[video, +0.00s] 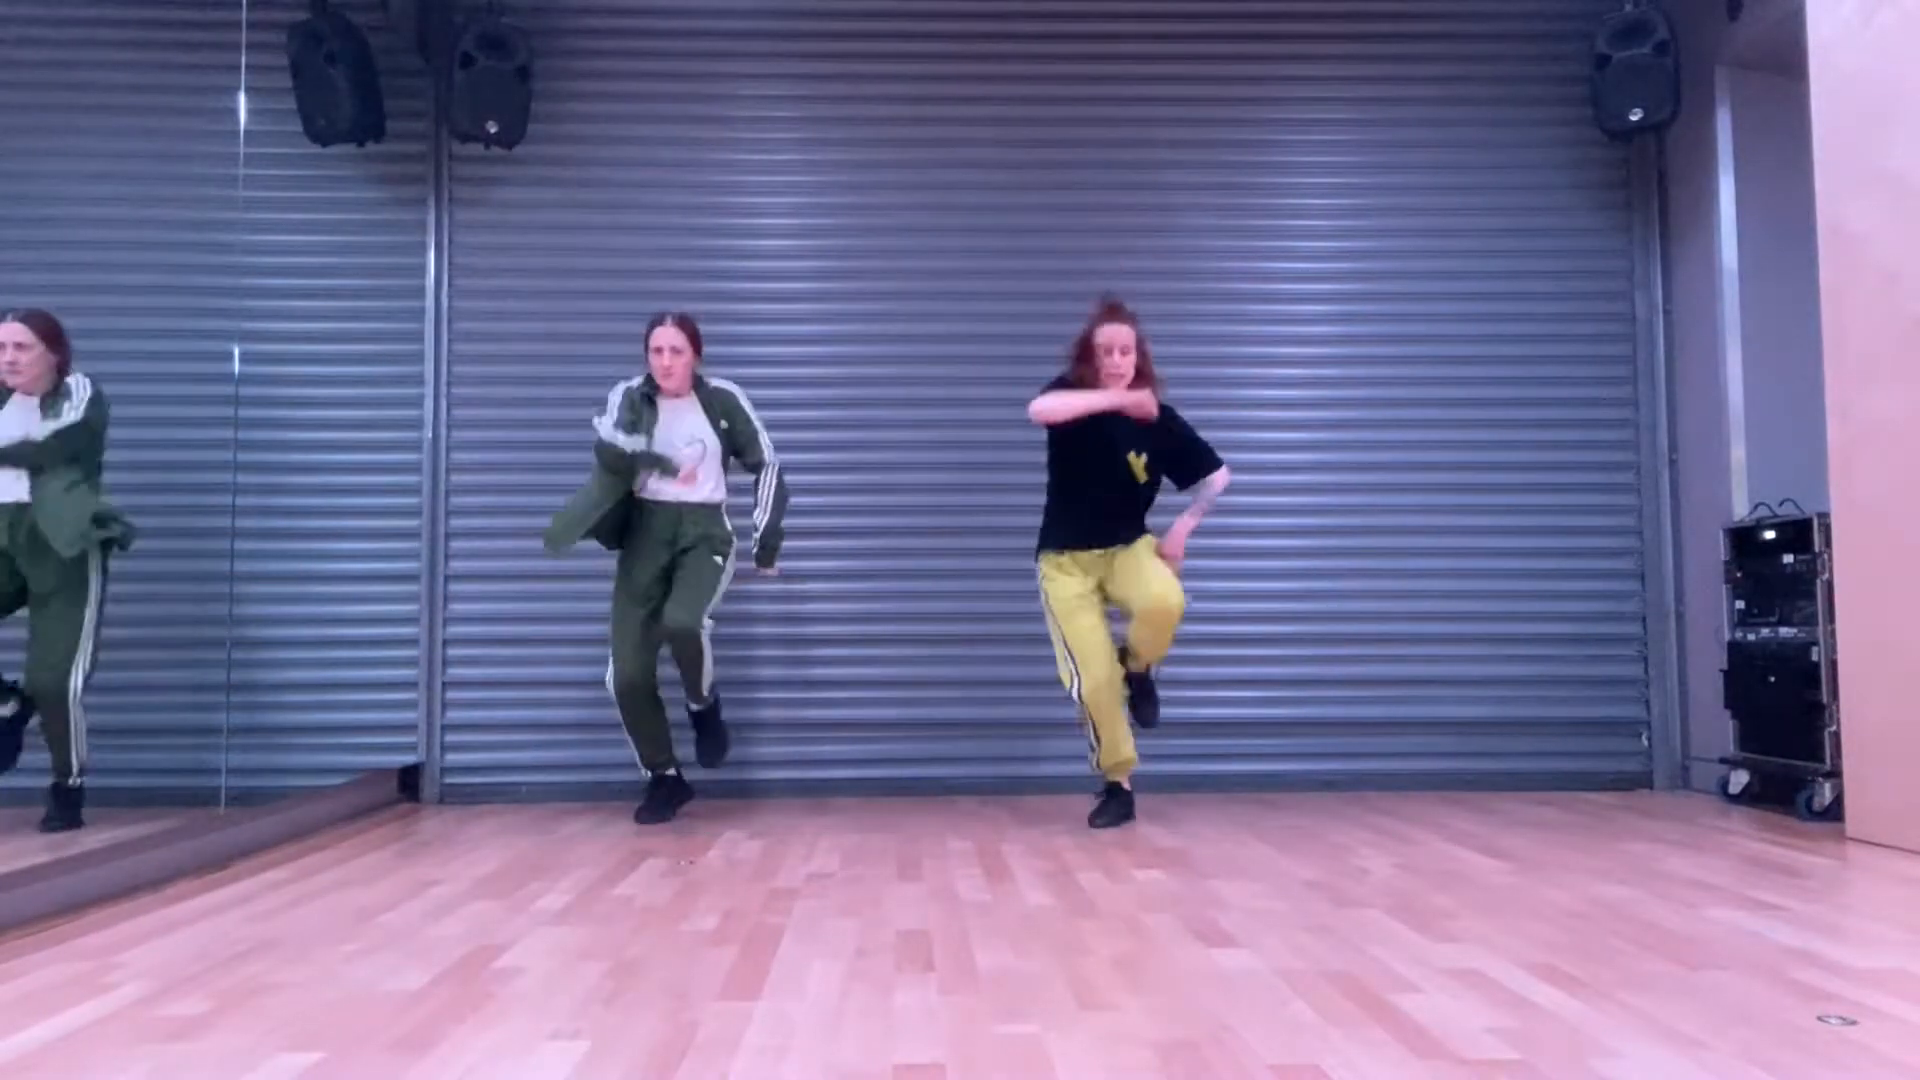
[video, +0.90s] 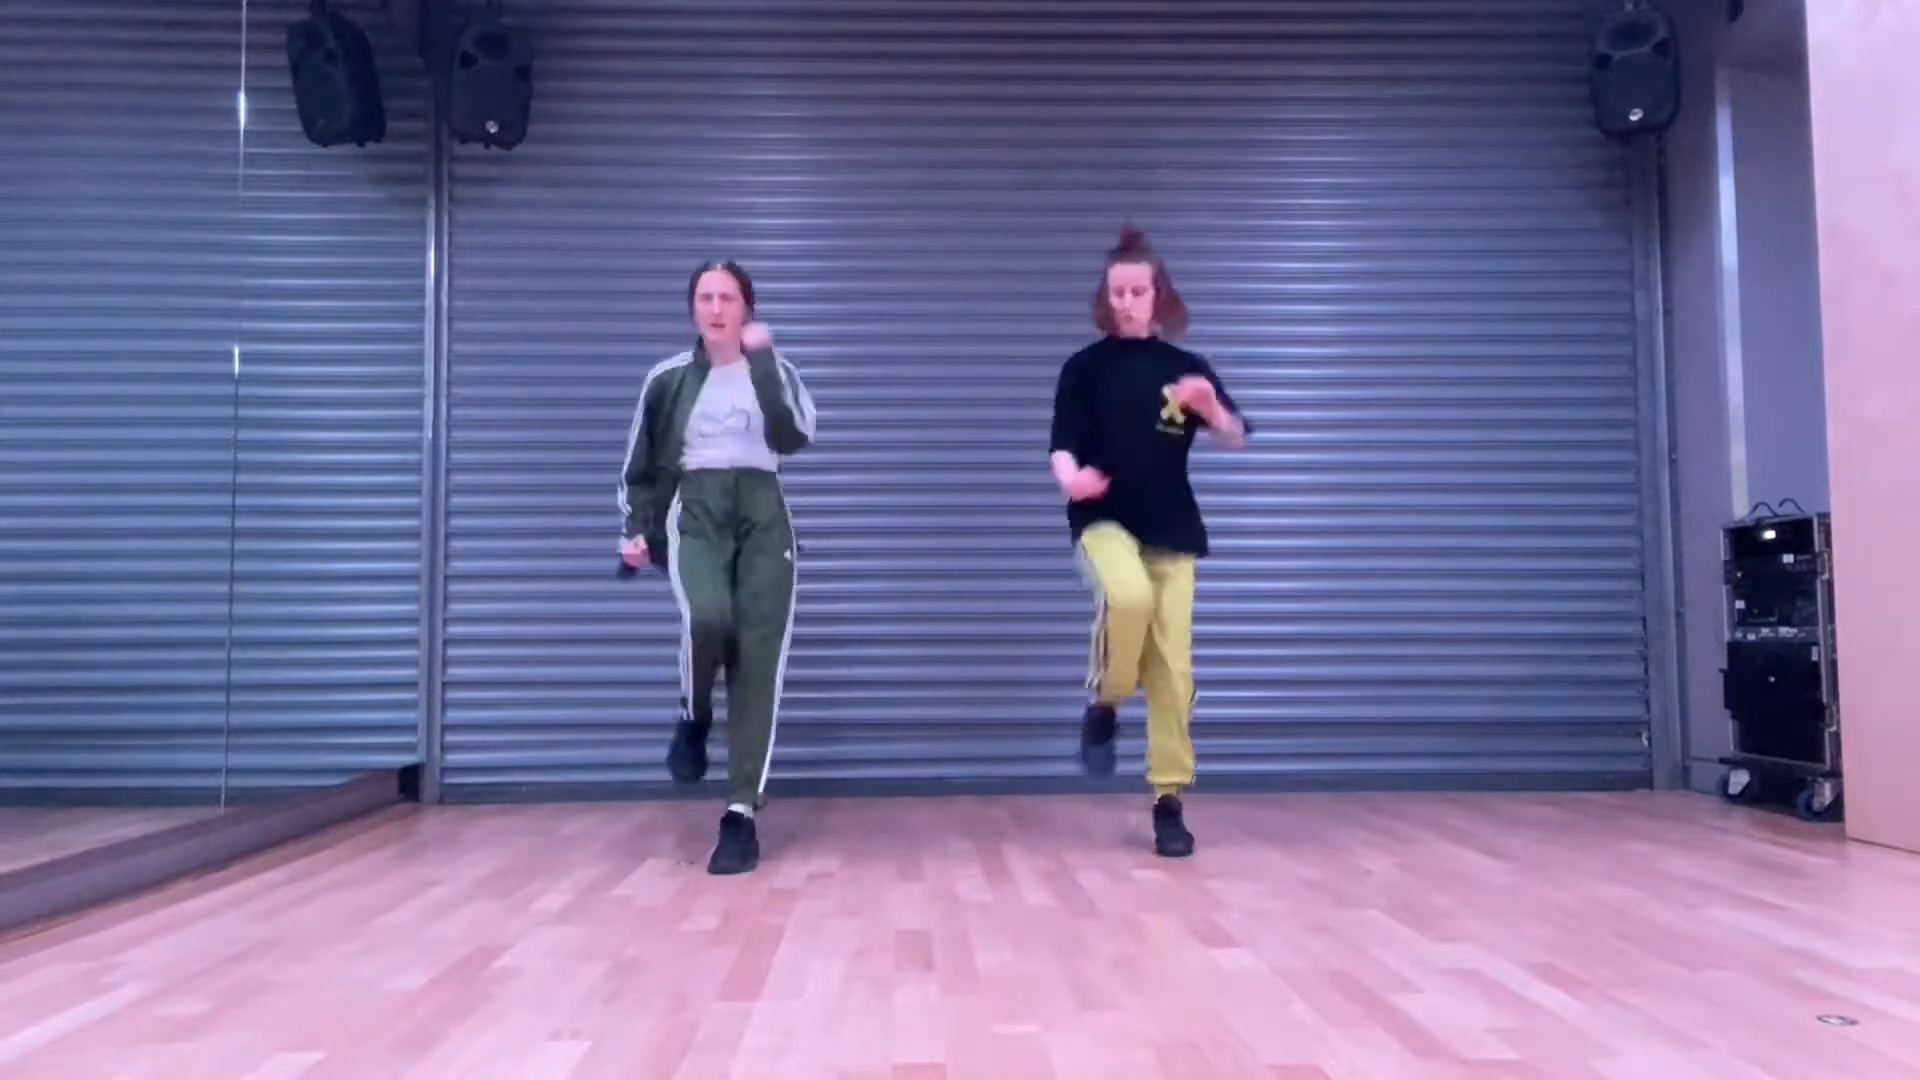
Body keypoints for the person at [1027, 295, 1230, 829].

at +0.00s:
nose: (1115, 360)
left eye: (1125, 351)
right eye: (1105, 350)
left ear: (1139, 357)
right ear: (1089, 356)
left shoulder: (1155, 416)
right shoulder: (1071, 398)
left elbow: (1216, 476)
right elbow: (1040, 411)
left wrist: (1180, 531)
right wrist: (1119, 399)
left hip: (1128, 550)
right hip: (1065, 559)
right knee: (1095, 676)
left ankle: (1137, 669)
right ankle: (1117, 785)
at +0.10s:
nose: (1110, 351)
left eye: (1120, 341)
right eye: (1100, 341)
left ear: (1133, 348)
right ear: (1084, 345)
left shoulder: (1154, 411)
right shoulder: (1058, 402)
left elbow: (1185, 489)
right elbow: (1031, 477)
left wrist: (1159, 528)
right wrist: (1082, 508)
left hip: (1133, 557)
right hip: (1069, 559)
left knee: (1153, 690)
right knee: (1093, 668)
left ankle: (1127, 740)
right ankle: (1115, 783)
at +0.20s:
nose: (1102, 353)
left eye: (1112, 343)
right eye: (1092, 344)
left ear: (1127, 349)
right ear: (1077, 350)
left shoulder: (1151, 411)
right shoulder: (1057, 415)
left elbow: (1161, 494)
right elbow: (1039, 496)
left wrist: (1114, 476)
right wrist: (1042, 558)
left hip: (1136, 565)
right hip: (1076, 565)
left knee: (1125, 670)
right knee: (1091, 664)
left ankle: (1120, 768)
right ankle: (1116, 775)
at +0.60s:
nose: (1138, 361)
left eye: (1140, 350)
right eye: (1128, 351)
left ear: (1138, 351)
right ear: (1094, 353)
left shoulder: (1154, 405)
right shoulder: (1055, 423)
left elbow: (1185, 470)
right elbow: (1039, 512)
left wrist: (1180, 533)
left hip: (1138, 567)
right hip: (1070, 576)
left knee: (1155, 661)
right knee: (1087, 708)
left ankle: (1135, 761)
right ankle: (1058, 779)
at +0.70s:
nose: (1146, 358)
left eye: (1148, 347)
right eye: (1135, 347)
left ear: (1147, 349)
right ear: (1099, 349)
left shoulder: (1147, 404)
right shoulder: (1076, 402)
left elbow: (1144, 472)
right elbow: (1081, 448)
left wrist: (1152, 530)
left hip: (1153, 553)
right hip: (1090, 561)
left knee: (1166, 659)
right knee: (1083, 682)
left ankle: (1168, 797)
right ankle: (1056, 770)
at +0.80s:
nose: (1140, 336)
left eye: (1147, 324)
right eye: (1128, 325)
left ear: (1158, 326)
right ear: (1107, 326)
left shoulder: (1169, 402)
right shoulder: (1085, 382)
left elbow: (1161, 488)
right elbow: (1079, 446)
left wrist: (1195, 529)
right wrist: (1134, 395)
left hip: (1171, 554)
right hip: (1101, 559)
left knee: (1177, 669)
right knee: (1105, 690)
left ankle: (1170, 803)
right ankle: (1058, 746)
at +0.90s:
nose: (1127, 303)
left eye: (1138, 292)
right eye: (1117, 292)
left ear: (1159, 297)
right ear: (1104, 299)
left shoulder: (1186, 368)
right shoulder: (1083, 368)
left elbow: (1235, 438)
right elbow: (1062, 445)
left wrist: (1211, 410)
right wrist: (1072, 478)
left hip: (1170, 522)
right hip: (1103, 516)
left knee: (1170, 663)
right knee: (1130, 598)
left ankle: (1169, 799)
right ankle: (1105, 707)